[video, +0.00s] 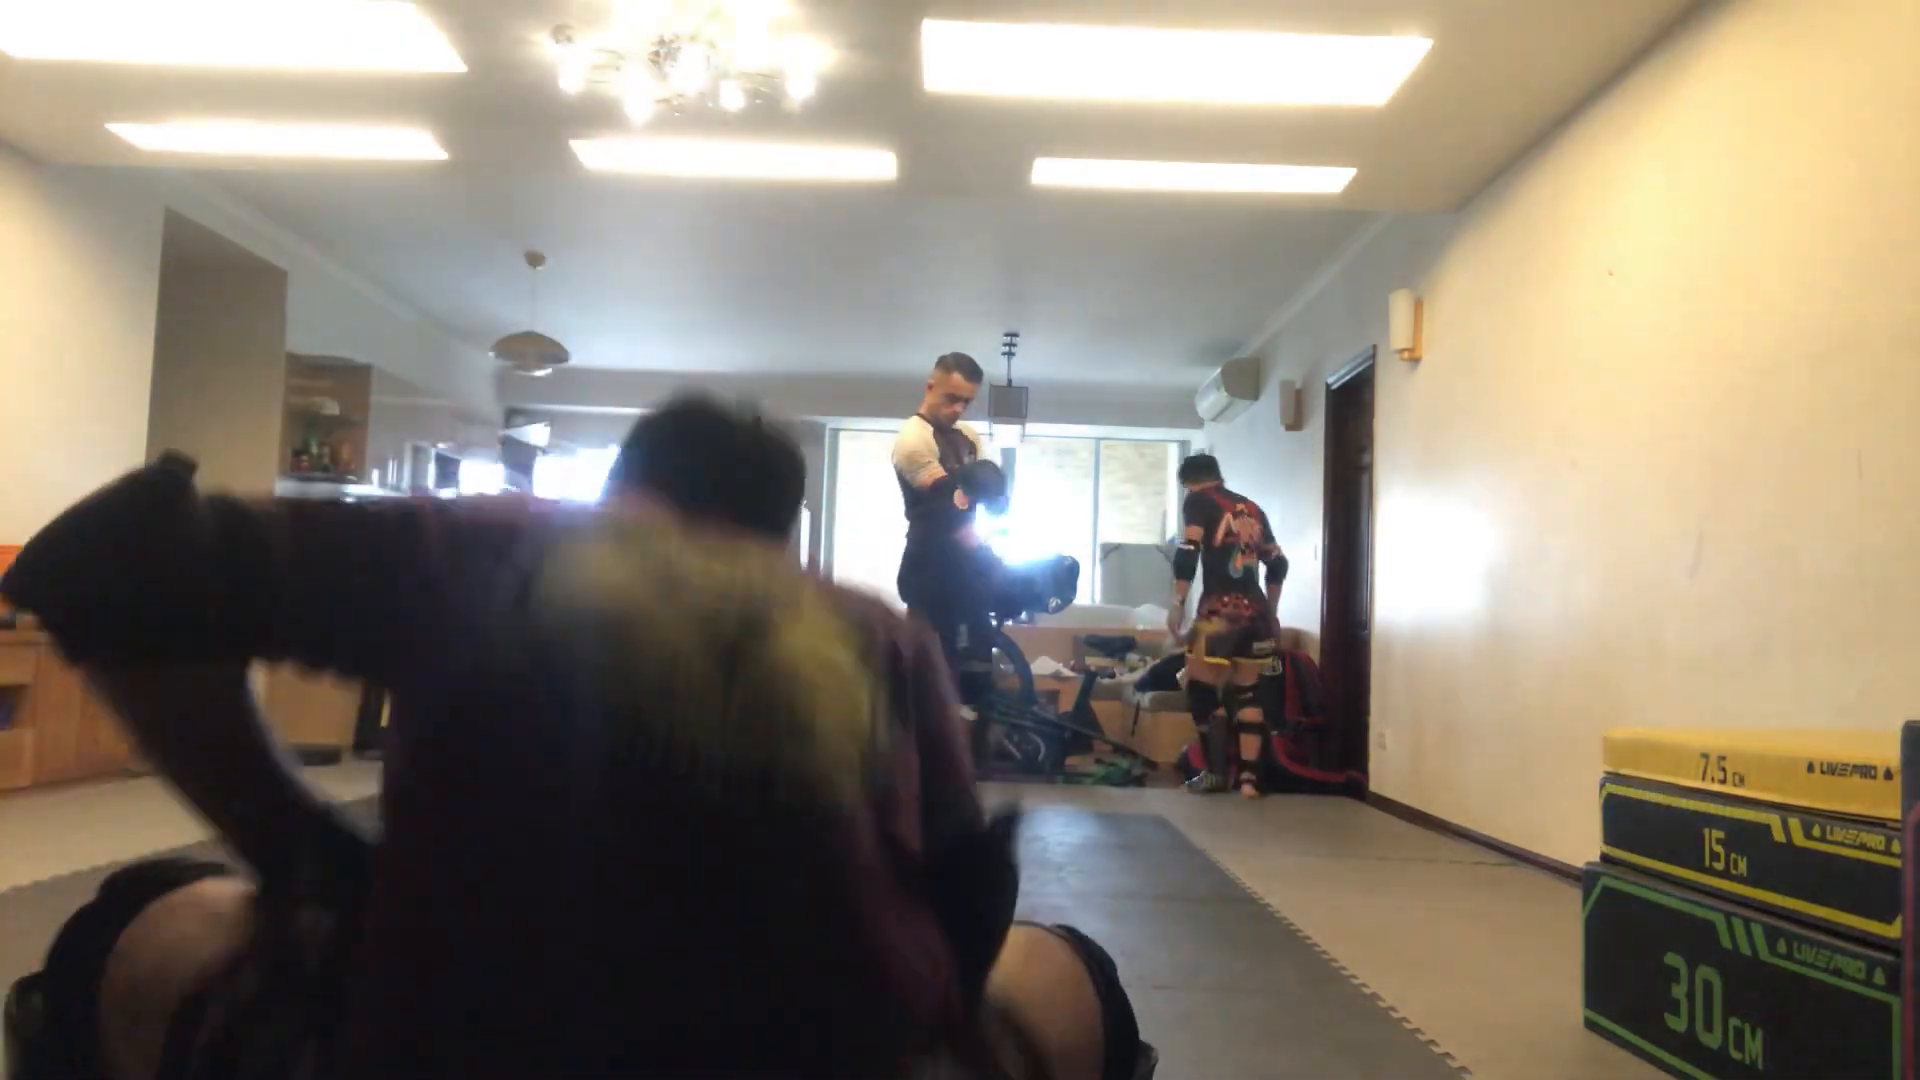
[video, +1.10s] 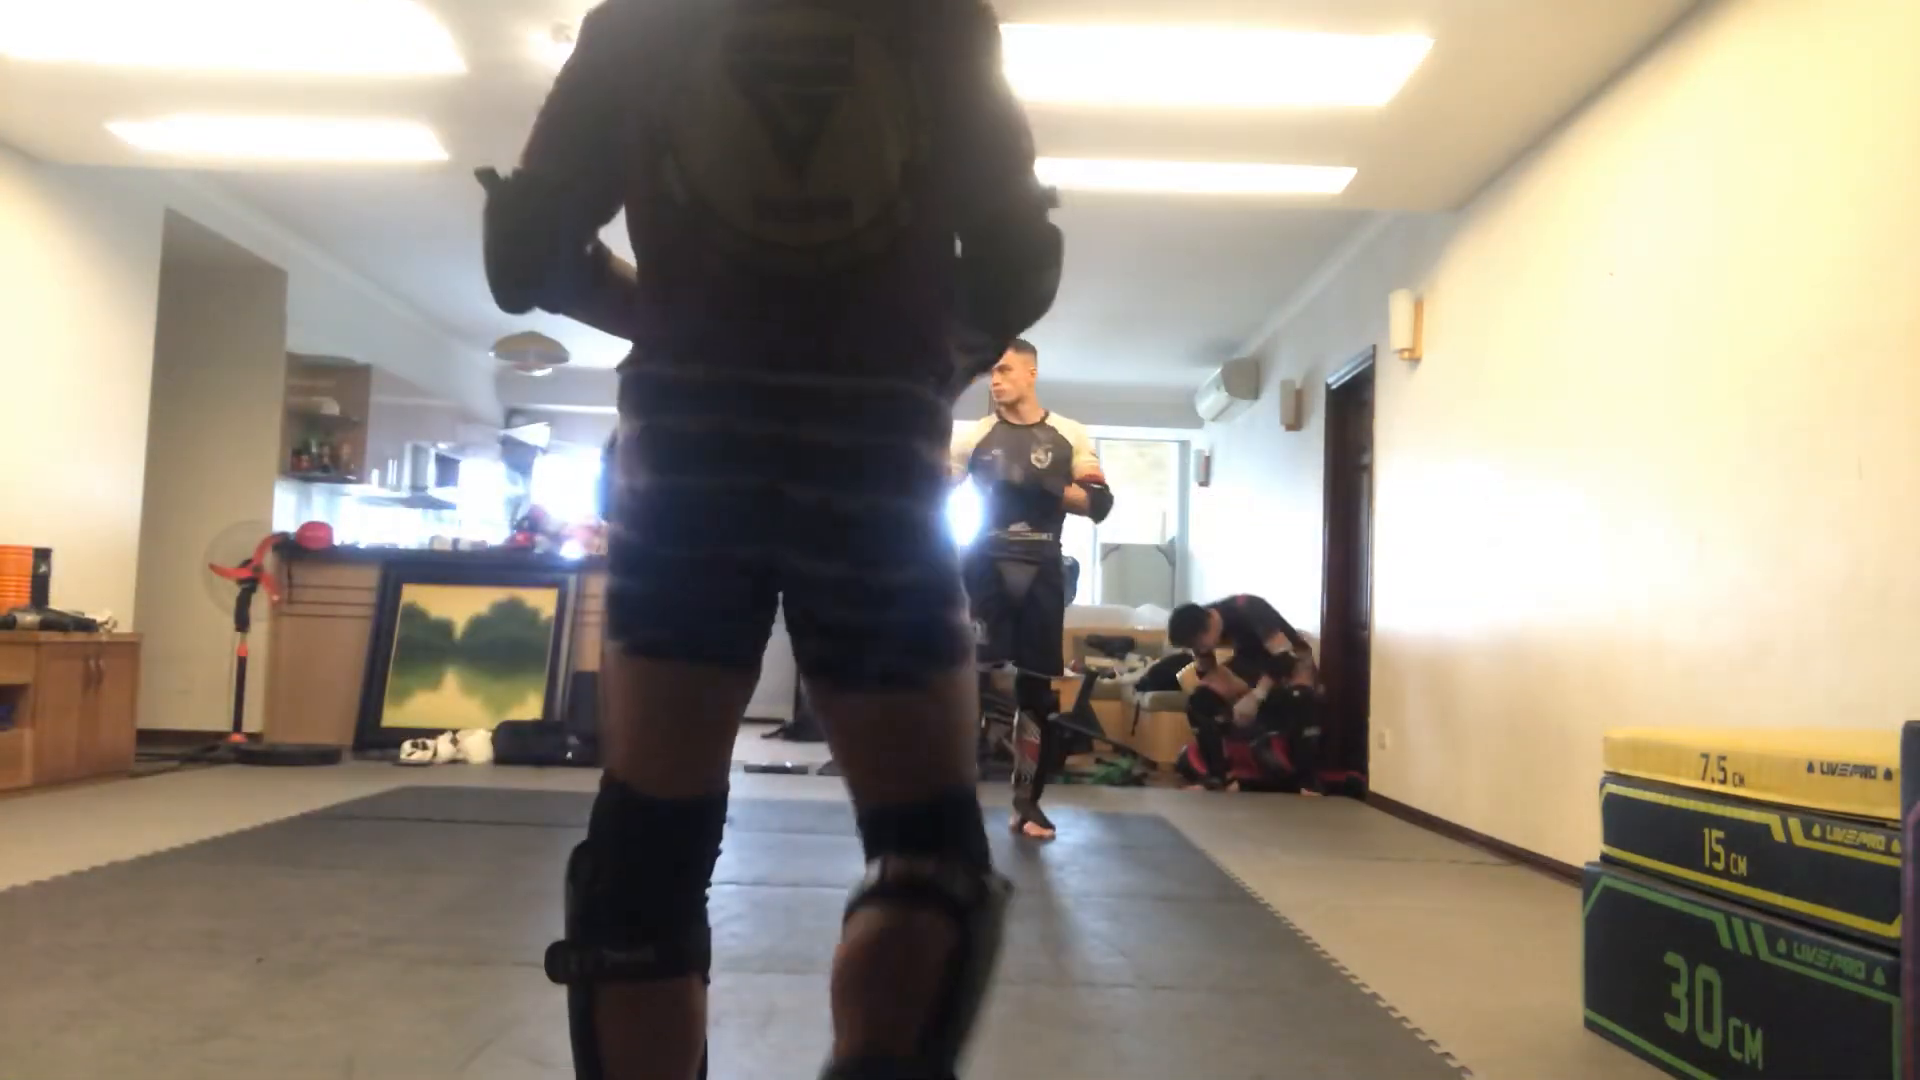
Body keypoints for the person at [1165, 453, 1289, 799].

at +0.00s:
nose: (1187, 492)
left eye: (1186, 487)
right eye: (1186, 487)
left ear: (1193, 483)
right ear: (1217, 478)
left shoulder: (1198, 499)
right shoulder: (1249, 506)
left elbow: (1188, 556)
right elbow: (1277, 563)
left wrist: (1177, 606)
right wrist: (1270, 612)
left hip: (1219, 610)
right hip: (1258, 612)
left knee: (1200, 684)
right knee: (1248, 691)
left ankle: (1215, 770)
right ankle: (1249, 776)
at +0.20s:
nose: (1166, 509)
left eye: (1163, 501)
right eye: (1162, 503)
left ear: (1172, 492)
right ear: (1189, 485)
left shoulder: (1198, 508)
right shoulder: (1225, 505)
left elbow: (1198, 562)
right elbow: (1253, 564)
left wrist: (1179, 613)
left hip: (1225, 611)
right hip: (1251, 610)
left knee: (1208, 690)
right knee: (1233, 686)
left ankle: (1217, 772)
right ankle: (1248, 750)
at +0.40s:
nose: (1153, 528)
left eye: (1150, 520)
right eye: (1148, 523)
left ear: (1163, 507)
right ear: (1167, 504)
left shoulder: (1200, 517)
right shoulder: (1199, 517)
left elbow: (1218, 570)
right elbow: (1217, 575)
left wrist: (1198, 614)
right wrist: (1201, 618)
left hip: (1244, 621)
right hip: (1238, 620)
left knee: (1213, 689)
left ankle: (1220, 771)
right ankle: (1226, 769)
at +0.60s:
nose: (1156, 563)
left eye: (1154, 556)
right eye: (1151, 559)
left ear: (1165, 539)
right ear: (1161, 544)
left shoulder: (1210, 536)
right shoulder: (1180, 562)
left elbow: (1244, 590)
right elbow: (1195, 609)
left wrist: (1222, 639)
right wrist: (1199, 651)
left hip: (1266, 619)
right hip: (1236, 618)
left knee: (1243, 689)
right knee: (1211, 684)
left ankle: (1235, 772)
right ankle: (1217, 765)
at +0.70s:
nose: (1163, 578)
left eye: (1161, 572)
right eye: (1157, 576)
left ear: (1170, 554)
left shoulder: (1212, 548)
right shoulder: (1179, 572)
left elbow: (1253, 593)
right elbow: (1192, 620)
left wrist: (1231, 645)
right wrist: (1200, 661)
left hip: (1267, 611)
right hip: (1236, 613)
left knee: (1254, 683)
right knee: (1211, 687)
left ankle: (1266, 772)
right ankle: (1216, 769)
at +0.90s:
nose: (1176, 612)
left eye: (1175, 606)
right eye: (1171, 610)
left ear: (1184, 587)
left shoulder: (1226, 575)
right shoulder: (1185, 599)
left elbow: (1262, 621)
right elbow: (1196, 641)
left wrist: (1246, 668)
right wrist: (1206, 681)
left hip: (1278, 621)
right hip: (1240, 628)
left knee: (1282, 693)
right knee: (1210, 697)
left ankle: (1307, 778)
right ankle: (1216, 775)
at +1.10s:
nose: (1201, 650)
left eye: (1202, 644)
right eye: (1196, 648)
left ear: (1211, 623)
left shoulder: (1248, 609)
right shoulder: (1199, 635)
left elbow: (1284, 657)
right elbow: (1208, 673)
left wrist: (1256, 696)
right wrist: (1241, 693)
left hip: (1291, 657)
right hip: (1248, 660)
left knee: (1298, 703)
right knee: (1200, 701)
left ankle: (1307, 781)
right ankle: (1216, 775)